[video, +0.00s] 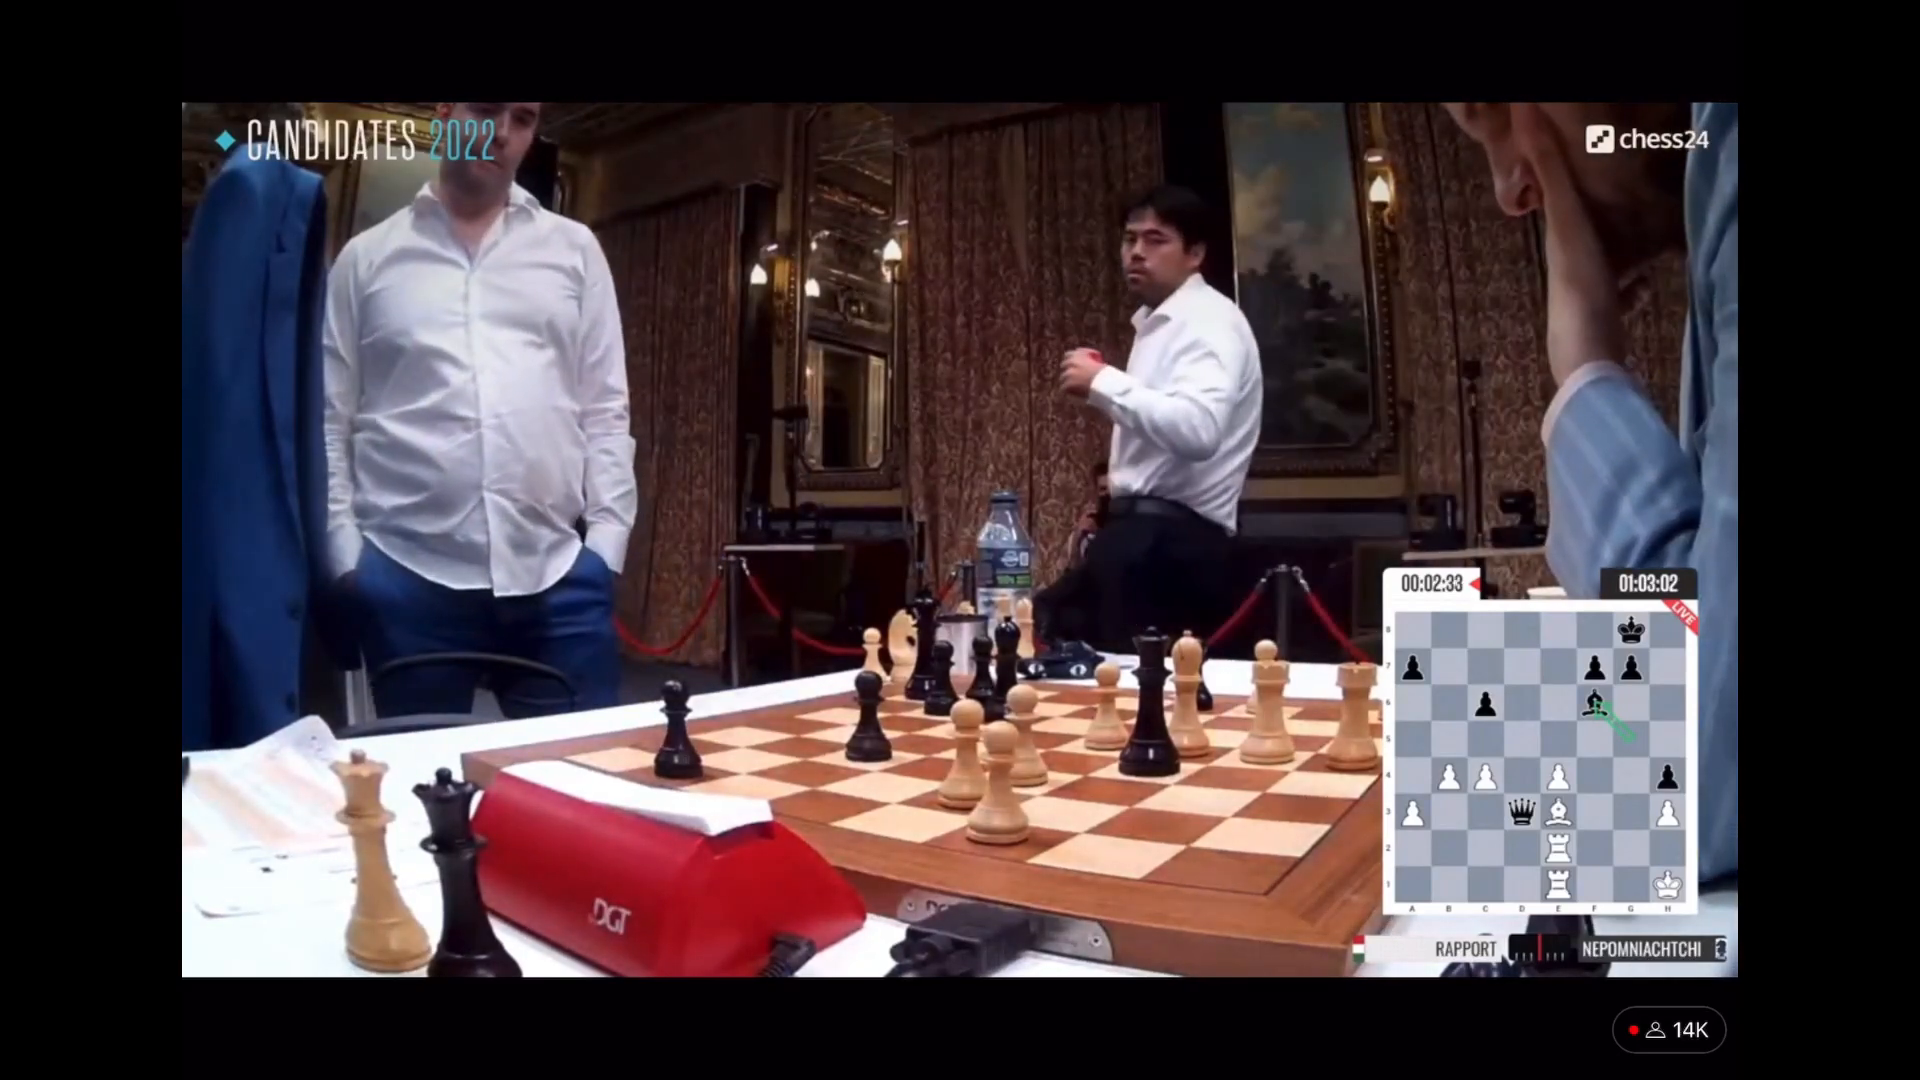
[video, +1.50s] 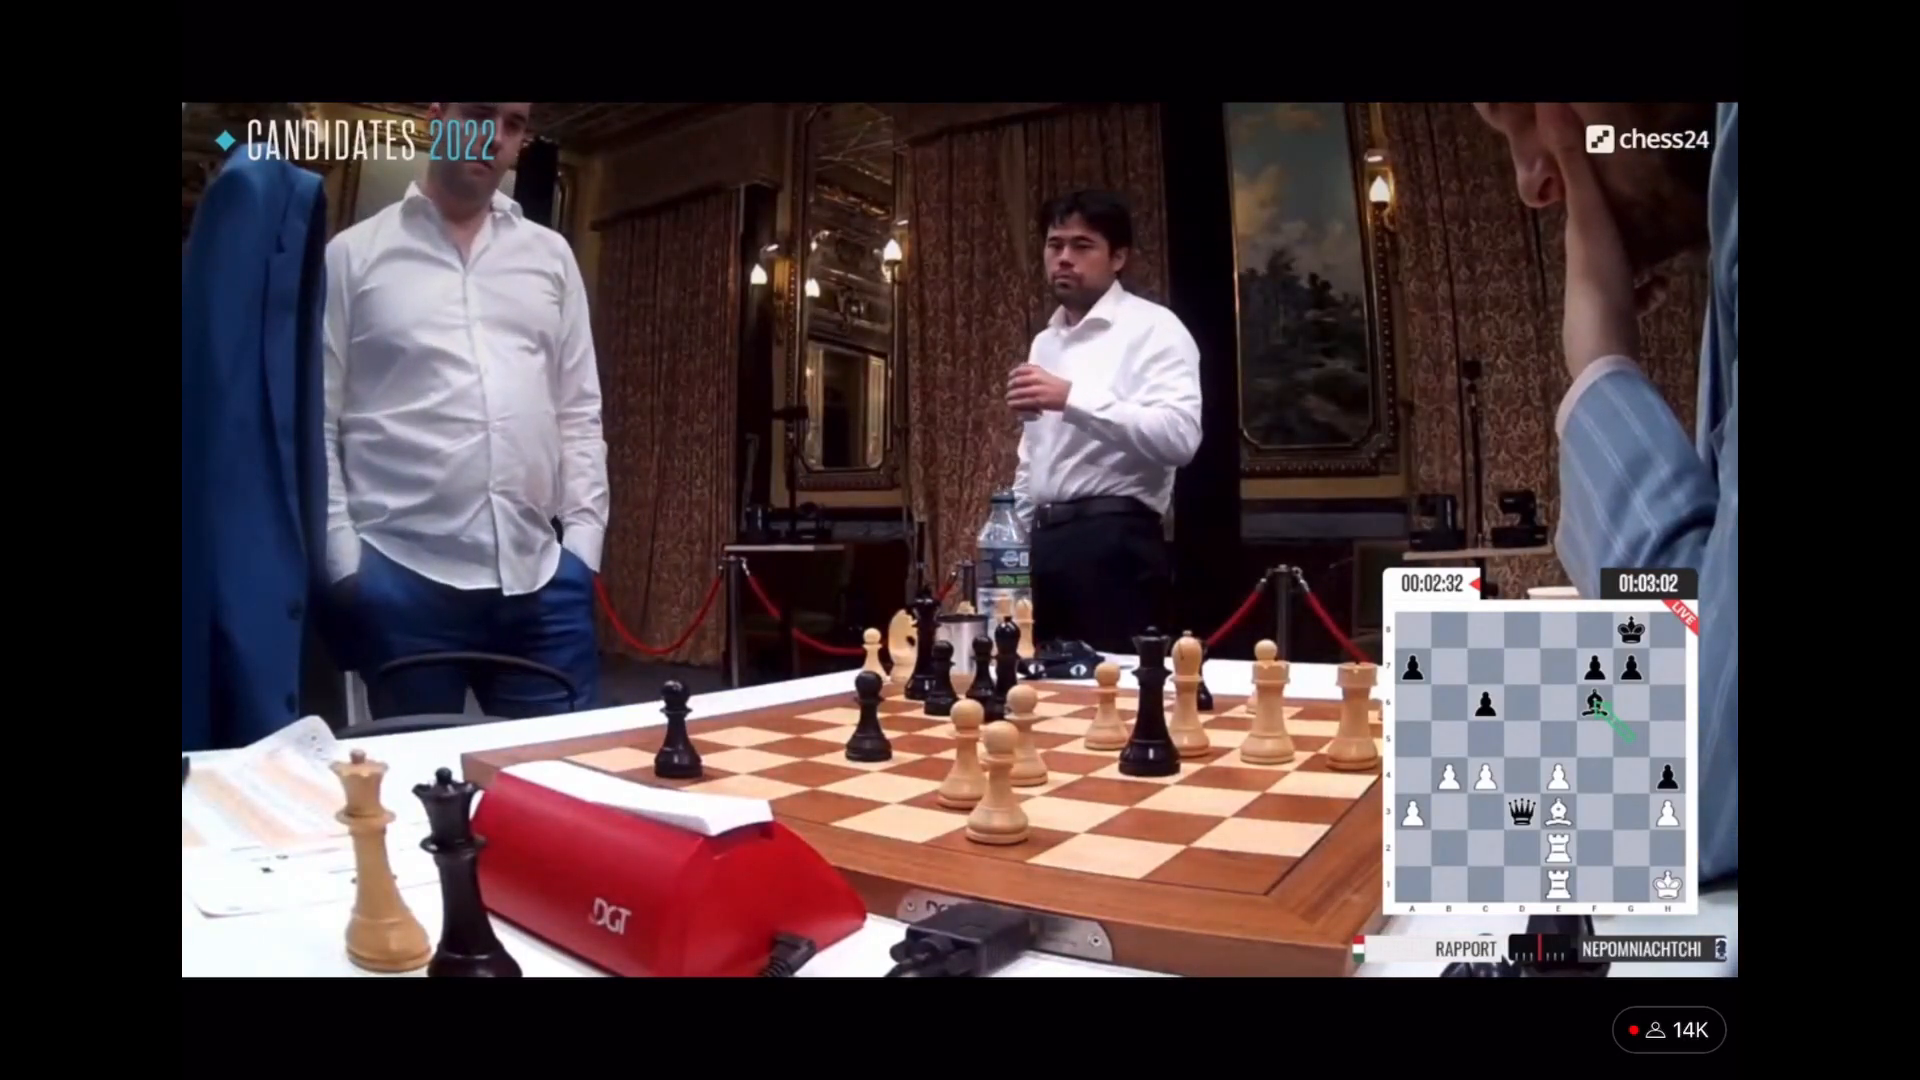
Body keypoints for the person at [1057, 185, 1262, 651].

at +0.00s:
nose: (1136, 254)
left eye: (1156, 241)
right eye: (1131, 240)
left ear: (1195, 255)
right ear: (1120, 247)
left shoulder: (1212, 323)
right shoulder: (1164, 323)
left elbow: (1198, 430)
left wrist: (1105, 384)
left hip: (1176, 537)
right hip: (1140, 531)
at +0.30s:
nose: (1108, 254)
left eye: (1127, 242)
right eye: (1100, 240)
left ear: (1161, 258)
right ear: (1087, 249)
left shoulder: (1192, 326)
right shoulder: (1091, 339)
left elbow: (1194, 432)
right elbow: (1074, 461)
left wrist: (1088, 385)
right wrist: (1053, 542)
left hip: (1147, 531)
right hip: (1081, 530)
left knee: (1144, 688)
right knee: (1072, 686)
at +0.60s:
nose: (1086, 255)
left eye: (1105, 243)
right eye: (1077, 241)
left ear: (1136, 259)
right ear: (1063, 250)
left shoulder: (1174, 331)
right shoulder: (1048, 340)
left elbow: (1198, 437)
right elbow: (1024, 451)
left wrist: (1092, 393)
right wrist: (1030, 531)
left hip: (1129, 531)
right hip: (1053, 533)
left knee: (1134, 689)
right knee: (1061, 690)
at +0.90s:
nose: (1074, 258)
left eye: (1092, 246)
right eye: (1064, 244)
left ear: (1124, 260)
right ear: (1050, 254)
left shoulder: (1163, 331)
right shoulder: (1036, 342)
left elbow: (1193, 437)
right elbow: (1016, 461)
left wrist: (1088, 395)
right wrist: (998, 550)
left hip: (1122, 535)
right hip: (1044, 537)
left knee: (1130, 693)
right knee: (1052, 694)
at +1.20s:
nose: (1067, 258)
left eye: (1085, 246)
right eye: (1058, 244)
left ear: (1119, 258)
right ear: (1046, 253)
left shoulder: (1159, 330)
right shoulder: (1040, 342)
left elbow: (1184, 437)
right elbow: (1022, 457)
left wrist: (1077, 395)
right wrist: (1004, 542)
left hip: (1119, 533)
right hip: (1045, 534)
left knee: (1122, 692)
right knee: (1051, 693)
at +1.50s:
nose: (1064, 259)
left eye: (1082, 246)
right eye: (1055, 245)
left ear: (1118, 258)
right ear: (1044, 253)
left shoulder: (1158, 330)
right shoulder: (1045, 343)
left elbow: (1179, 437)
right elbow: (1031, 453)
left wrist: (1071, 396)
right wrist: (1016, 532)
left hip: (1119, 534)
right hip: (1049, 534)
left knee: (1122, 692)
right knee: (1055, 693)